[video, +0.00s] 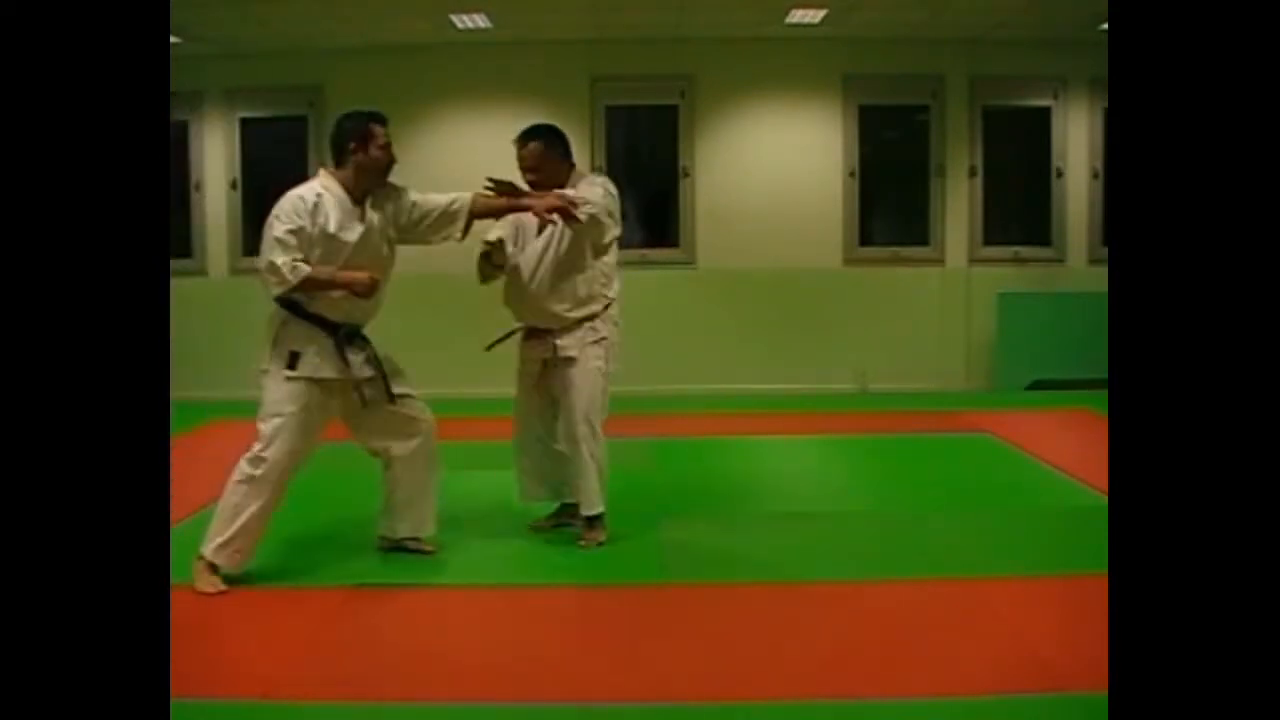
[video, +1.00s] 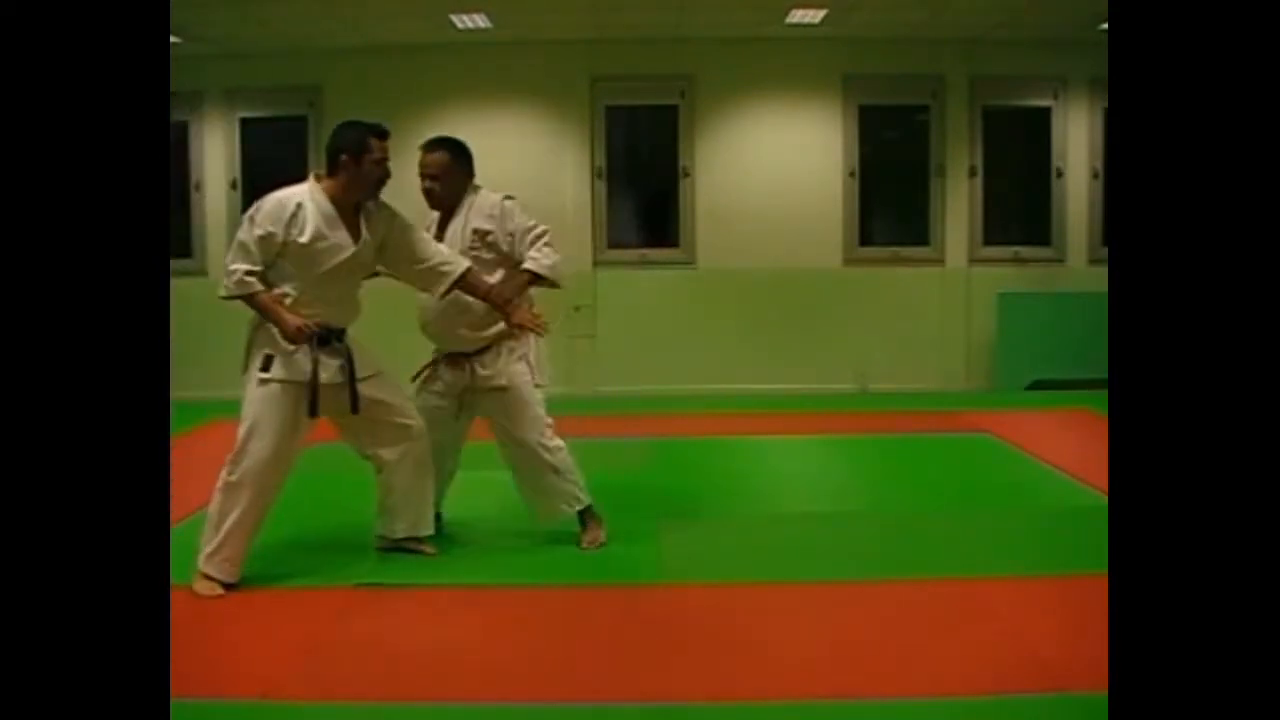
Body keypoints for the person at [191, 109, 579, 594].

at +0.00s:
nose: (393, 157)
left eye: (391, 147)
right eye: (384, 147)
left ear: (368, 151)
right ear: (356, 152)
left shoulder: (389, 202)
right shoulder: (303, 203)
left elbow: (457, 207)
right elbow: (280, 271)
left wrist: (527, 201)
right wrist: (342, 279)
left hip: (352, 345)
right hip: (301, 343)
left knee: (413, 430)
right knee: (275, 454)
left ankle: (404, 534)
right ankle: (215, 560)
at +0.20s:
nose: (398, 163)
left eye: (397, 153)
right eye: (389, 154)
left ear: (373, 159)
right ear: (359, 157)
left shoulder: (392, 211)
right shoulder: (304, 207)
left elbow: (461, 223)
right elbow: (275, 273)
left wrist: (534, 231)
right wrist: (331, 288)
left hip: (353, 347)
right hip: (299, 343)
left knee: (416, 430)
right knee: (271, 453)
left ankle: (403, 536)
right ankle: (218, 562)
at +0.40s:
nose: (396, 164)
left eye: (396, 154)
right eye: (388, 154)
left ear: (373, 159)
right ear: (357, 157)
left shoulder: (390, 210)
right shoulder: (300, 205)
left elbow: (461, 225)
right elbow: (271, 272)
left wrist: (535, 234)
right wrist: (327, 287)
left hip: (351, 346)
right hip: (297, 342)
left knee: (412, 430)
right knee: (266, 455)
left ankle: (404, 536)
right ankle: (217, 564)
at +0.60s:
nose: (393, 163)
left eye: (393, 153)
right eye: (385, 153)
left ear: (368, 156)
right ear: (353, 154)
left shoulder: (387, 209)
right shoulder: (293, 203)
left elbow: (458, 226)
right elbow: (254, 267)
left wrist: (532, 241)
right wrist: (298, 287)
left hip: (349, 345)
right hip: (294, 341)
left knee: (414, 433)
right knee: (266, 454)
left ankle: (403, 536)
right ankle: (216, 564)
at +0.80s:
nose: (393, 165)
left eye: (393, 156)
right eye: (385, 155)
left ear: (368, 158)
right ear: (354, 156)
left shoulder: (384, 211)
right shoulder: (290, 201)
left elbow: (454, 236)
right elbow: (246, 267)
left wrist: (523, 254)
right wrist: (292, 308)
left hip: (347, 345)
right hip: (290, 345)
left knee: (410, 432)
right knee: (262, 457)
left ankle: (403, 535)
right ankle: (217, 565)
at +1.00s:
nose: (388, 172)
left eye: (388, 163)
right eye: (380, 163)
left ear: (358, 165)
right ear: (346, 163)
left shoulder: (379, 220)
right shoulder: (284, 208)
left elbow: (439, 263)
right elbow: (239, 273)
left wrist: (503, 303)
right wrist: (281, 317)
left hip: (339, 350)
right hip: (283, 350)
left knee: (405, 431)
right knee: (259, 457)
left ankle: (401, 534)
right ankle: (216, 568)